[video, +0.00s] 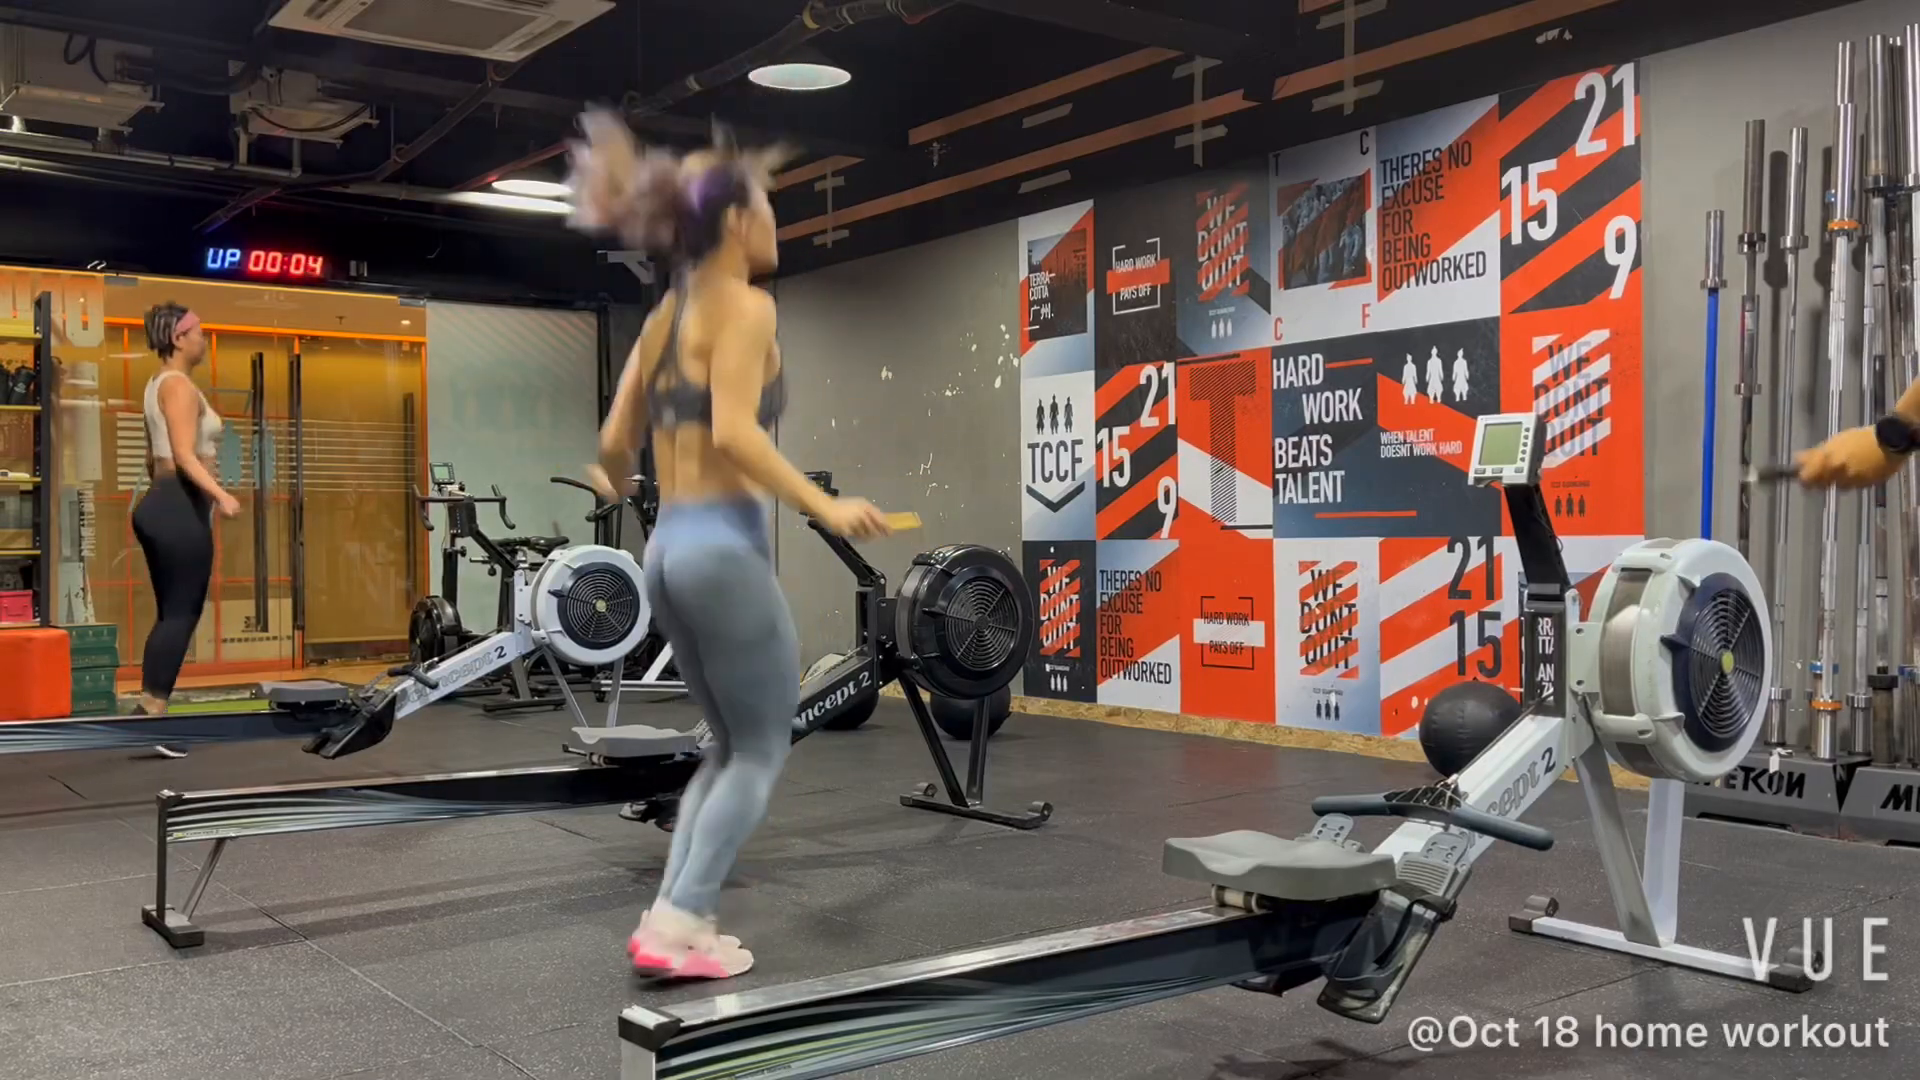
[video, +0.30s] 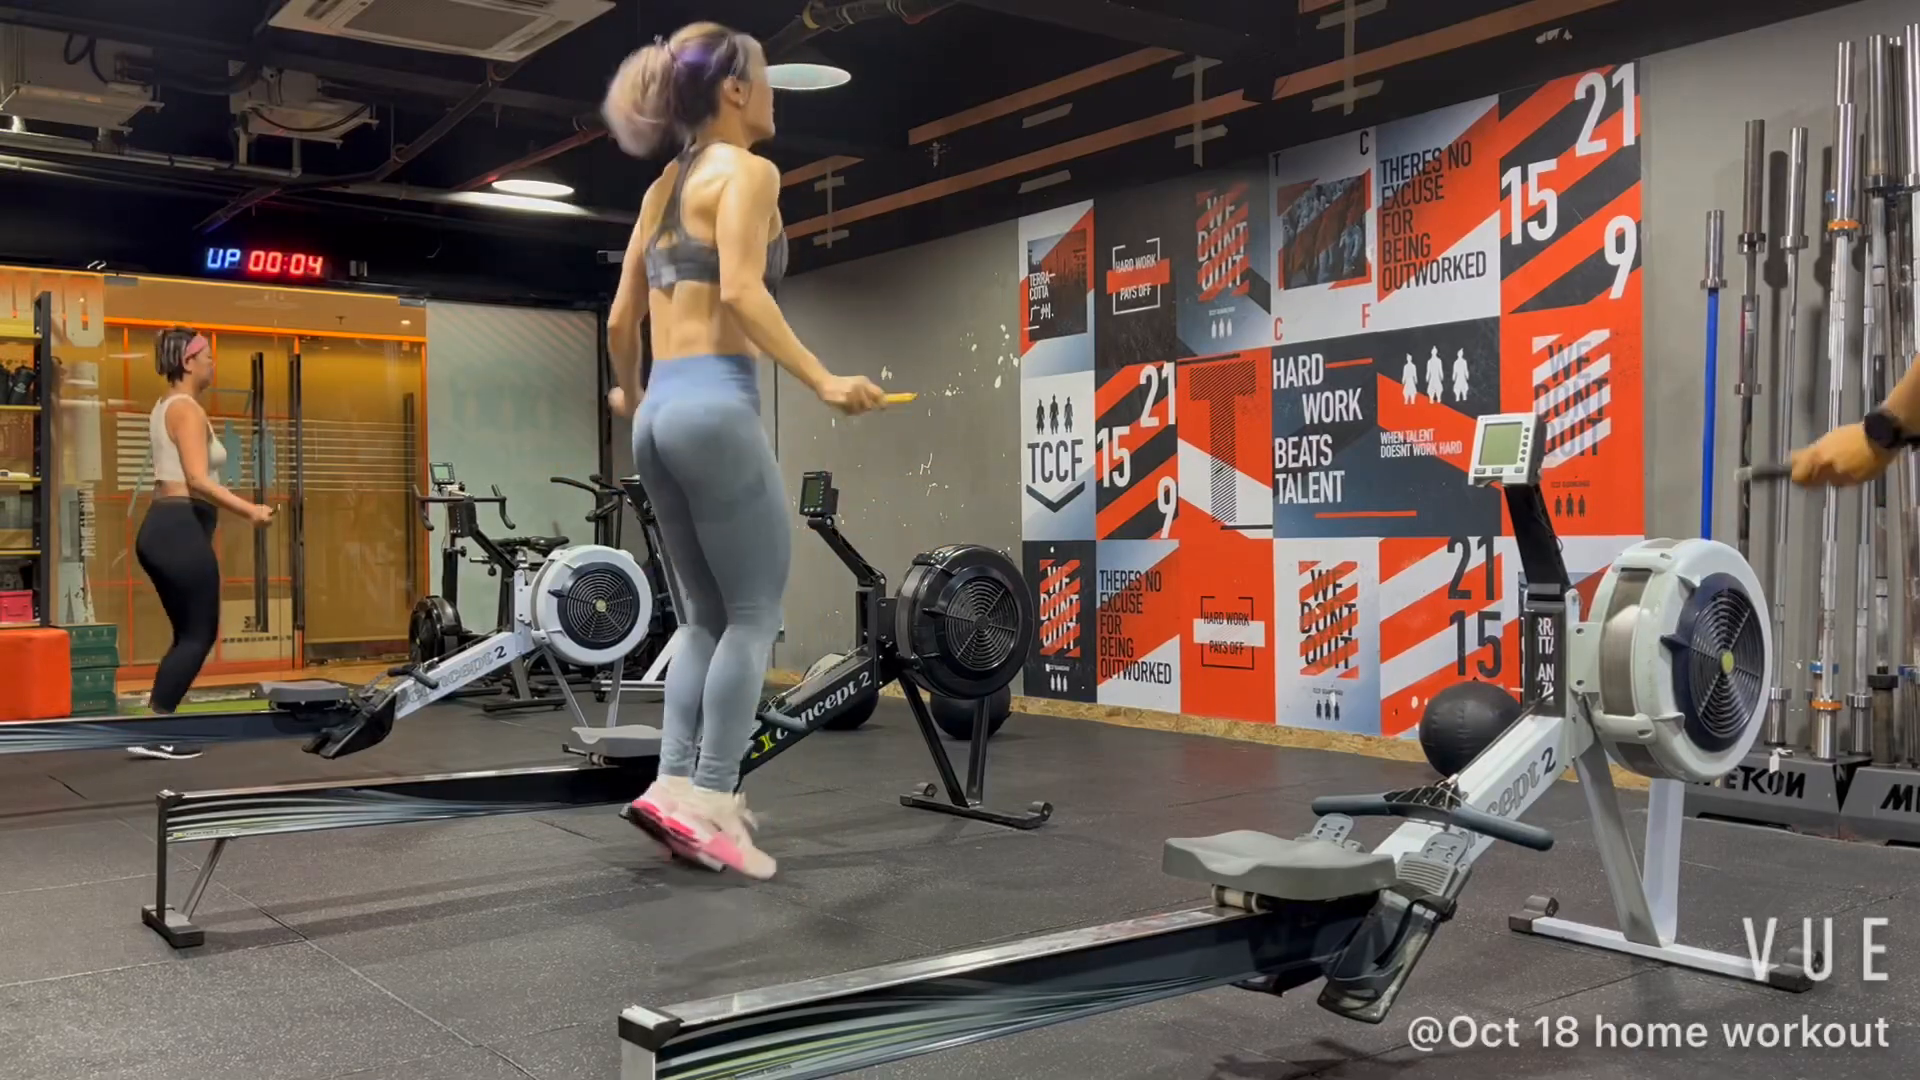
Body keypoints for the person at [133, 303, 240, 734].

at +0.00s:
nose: (205, 338)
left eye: (202, 331)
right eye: (199, 332)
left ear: (172, 340)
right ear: (179, 339)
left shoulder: (160, 385)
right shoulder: (178, 385)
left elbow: (160, 460)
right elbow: (183, 454)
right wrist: (220, 494)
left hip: (162, 501)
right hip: (179, 502)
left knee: (172, 611)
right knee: (182, 612)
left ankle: (152, 706)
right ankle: (154, 708)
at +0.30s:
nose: (213, 362)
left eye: (210, 355)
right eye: (207, 356)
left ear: (183, 363)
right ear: (189, 362)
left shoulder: (167, 407)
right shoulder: (186, 409)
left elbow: (180, 479)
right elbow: (198, 480)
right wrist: (252, 509)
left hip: (162, 526)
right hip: (181, 527)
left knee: (188, 632)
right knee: (200, 633)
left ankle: (156, 717)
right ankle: (157, 718)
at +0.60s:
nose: (218, 355)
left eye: (216, 346)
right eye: (214, 347)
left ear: (187, 353)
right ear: (196, 351)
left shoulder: (175, 399)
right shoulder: (191, 400)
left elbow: (193, 468)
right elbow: (198, 468)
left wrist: (245, 491)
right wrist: (249, 493)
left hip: (171, 519)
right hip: (189, 521)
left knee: (190, 625)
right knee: (203, 626)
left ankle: (161, 716)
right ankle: (165, 719)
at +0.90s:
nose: (222, 337)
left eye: (218, 330)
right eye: (215, 331)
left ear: (191, 340)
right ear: (197, 339)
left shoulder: (178, 385)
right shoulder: (198, 384)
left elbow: (172, 464)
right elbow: (198, 454)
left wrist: (208, 493)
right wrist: (238, 480)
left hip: (182, 501)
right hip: (198, 501)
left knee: (202, 609)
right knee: (213, 608)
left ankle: (177, 700)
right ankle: (180, 703)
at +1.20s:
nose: (228, 336)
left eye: (225, 329)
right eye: (222, 331)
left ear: (196, 339)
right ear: (203, 337)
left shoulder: (182, 384)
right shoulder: (206, 382)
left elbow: (177, 459)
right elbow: (209, 449)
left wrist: (191, 497)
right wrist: (241, 489)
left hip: (191, 494)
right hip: (210, 494)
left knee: (207, 606)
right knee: (221, 605)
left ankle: (187, 701)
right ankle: (192, 704)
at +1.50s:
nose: (236, 348)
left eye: (232, 340)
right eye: (229, 342)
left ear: (204, 350)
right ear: (210, 349)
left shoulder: (189, 395)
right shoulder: (212, 395)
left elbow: (196, 469)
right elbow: (221, 464)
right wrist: (259, 505)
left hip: (197, 512)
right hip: (216, 513)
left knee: (215, 617)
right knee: (232, 617)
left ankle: (196, 708)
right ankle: (200, 710)